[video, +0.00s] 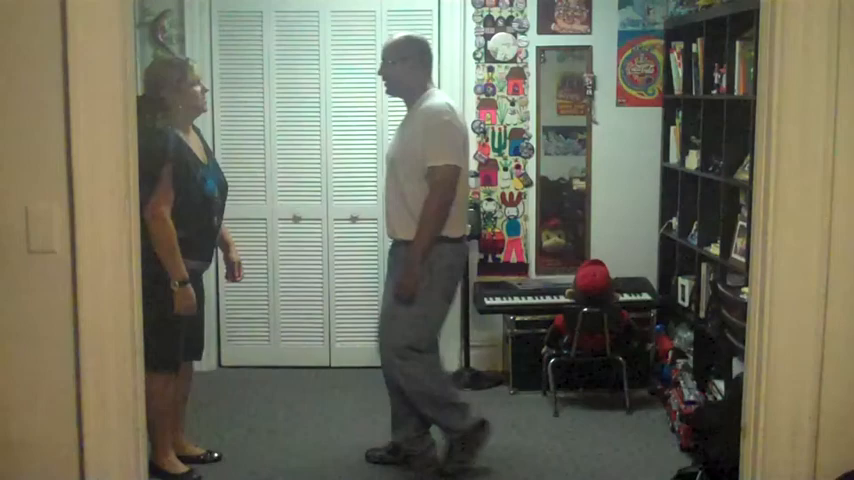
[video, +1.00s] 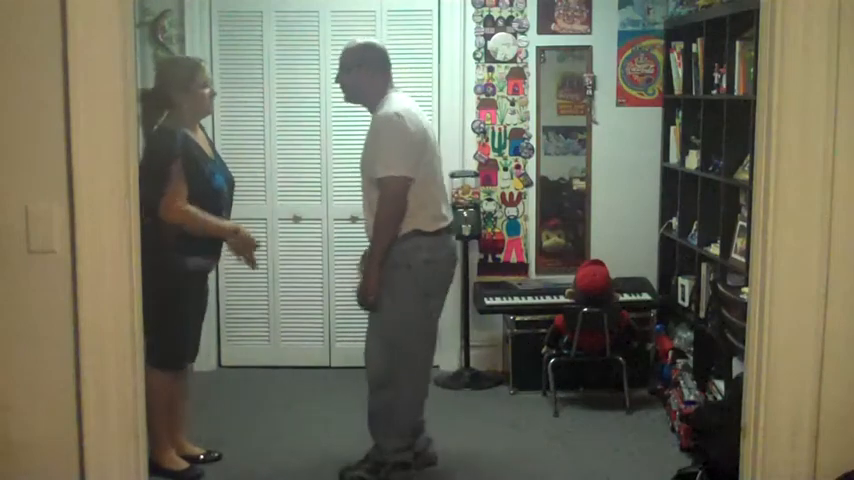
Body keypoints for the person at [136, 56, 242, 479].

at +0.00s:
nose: (203, 88)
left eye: (201, 82)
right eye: (194, 84)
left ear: (187, 95)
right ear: (170, 94)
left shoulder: (192, 135)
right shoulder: (160, 139)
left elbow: (201, 200)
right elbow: (156, 214)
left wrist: (227, 244)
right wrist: (179, 279)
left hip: (190, 266)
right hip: (163, 269)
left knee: (184, 359)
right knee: (163, 364)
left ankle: (178, 440)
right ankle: (161, 453)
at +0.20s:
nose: (204, 90)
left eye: (202, 84)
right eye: (195, 86)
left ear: (188, 95)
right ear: (170, 94)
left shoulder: (191, 134)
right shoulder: (161, 139)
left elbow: (201, 198)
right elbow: (159, 213)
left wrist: (224, 244)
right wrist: (183, 277)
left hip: (189, 264)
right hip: (165, 268)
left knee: (184, 357)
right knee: (168, 362)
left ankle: (178, 439)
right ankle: (162, 451)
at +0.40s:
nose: (205, 93)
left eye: (203, 86)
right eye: (196, 88)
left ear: (189, 94)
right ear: (170, 94)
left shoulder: (195, 135)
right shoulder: (157, 140)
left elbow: (202, 201)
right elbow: (157, 211)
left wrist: (222, 248)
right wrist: (189, 273)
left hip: (194, 262)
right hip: (166, 264)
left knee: (187, 357)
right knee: (177, 358)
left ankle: (176, 438)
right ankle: (164, 449)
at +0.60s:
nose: (204, 92)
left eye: (203, 86)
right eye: (196, 87)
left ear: (191, 93)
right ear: (172, 94)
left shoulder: (191, 133)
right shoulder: (160, 139)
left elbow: (202, 198)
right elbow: (159, 211)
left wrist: (223, 247)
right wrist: (187, 271)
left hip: (194, 262)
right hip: (167, 266)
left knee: (180, 359)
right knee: (169, 361)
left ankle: (175, 439)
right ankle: (162, 450)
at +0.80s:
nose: (207, 92)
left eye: (206, 86)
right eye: (199, 87)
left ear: (194, 94)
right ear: (174, 95)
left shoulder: (195, 134)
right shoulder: (164, 140)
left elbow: (205, 202)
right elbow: (160, 212)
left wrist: (233, 248)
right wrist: (205, 264)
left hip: (191, 261)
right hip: (168, 264)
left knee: (179, 358)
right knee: (168, 360)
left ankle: (176, 440)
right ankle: (162, 450)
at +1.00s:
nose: (211, 91)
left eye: (210, 85)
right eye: (203, 87)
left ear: (196, 94)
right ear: (179, 94)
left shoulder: (197, 133)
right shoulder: (169, 139)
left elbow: (199, 200)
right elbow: (171, 209)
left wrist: (232, 235)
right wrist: (229, 231)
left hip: (193, 264)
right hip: (169, 266)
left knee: (181, 358)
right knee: (164, 360)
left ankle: (178, 439)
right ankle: (162, 449)